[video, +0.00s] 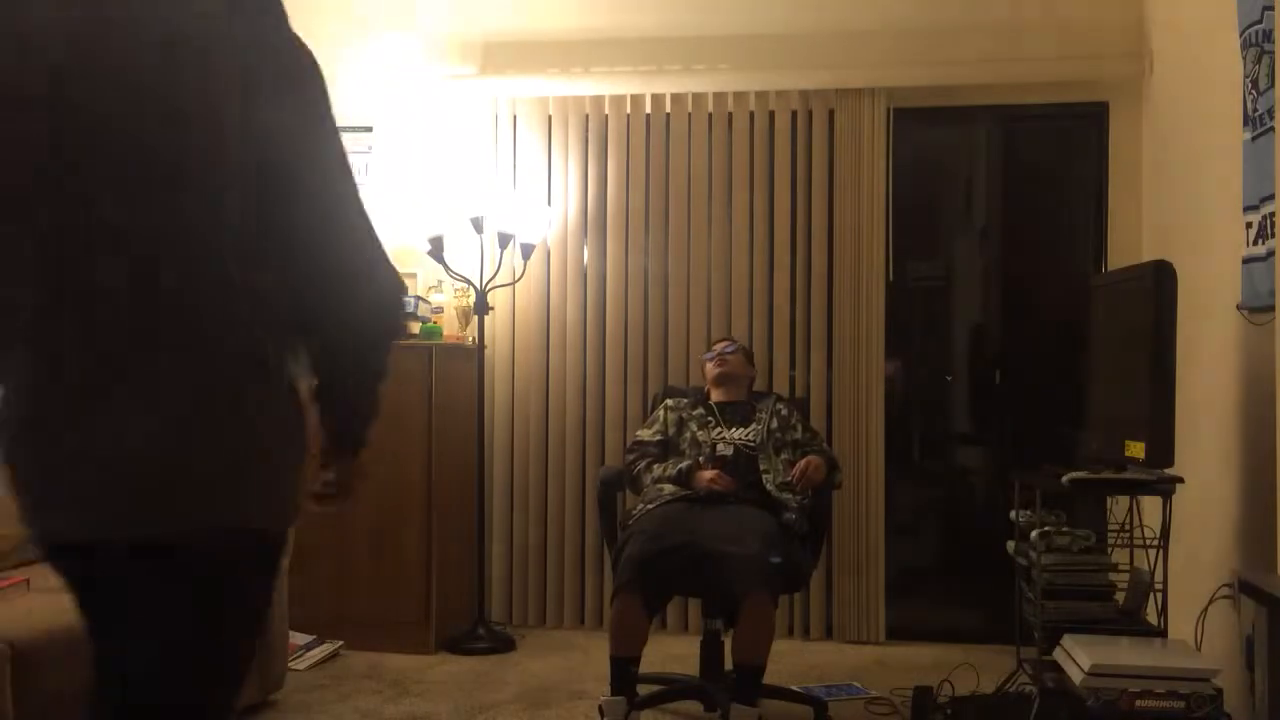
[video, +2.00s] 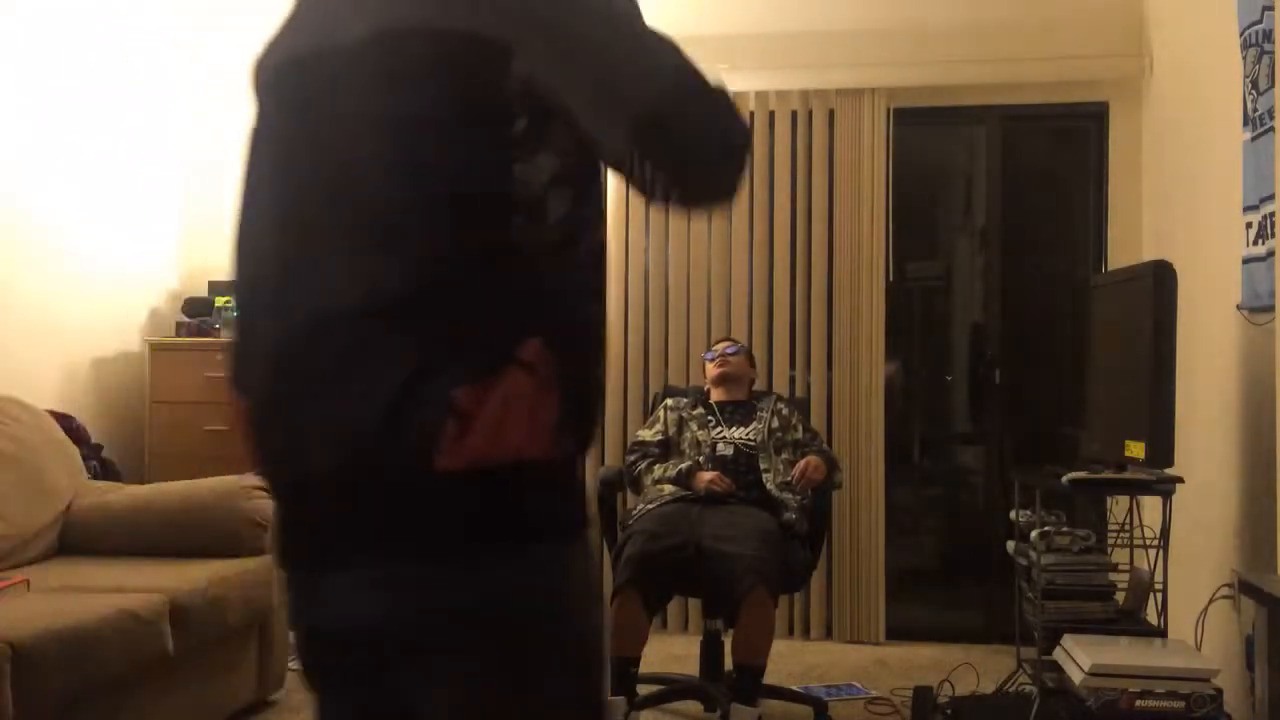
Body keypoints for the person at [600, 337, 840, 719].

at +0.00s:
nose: (719, 354)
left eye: (730, 349)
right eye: (711, 353)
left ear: (752, 370)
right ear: (703, 374)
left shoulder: (778, 412)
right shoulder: (673, 410)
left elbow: (825, 458)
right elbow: (639, 464)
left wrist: (820, 462)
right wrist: (689, 476)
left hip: (751, 508)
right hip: (675, 505)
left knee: (757, 574)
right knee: (638, 566)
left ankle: (746, 705)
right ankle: (621, 696)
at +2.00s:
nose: (720, 355)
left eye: (732, 350)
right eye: (712, 353)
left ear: (752, 370)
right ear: (704, 375)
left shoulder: (779, 411)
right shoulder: (674, 409)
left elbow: (823, 456)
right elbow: (639, 464)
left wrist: (821, 461)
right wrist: (689, 477)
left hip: (750, 506)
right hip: (673, 503)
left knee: (756, 577)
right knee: (638, 565)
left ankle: (745, 704)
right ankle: (620, 694)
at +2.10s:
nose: (722, 354)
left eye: (733, 349)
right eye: (714, 353)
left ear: (752, 370)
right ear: (704, 374)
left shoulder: (780, 411)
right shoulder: (674, 407)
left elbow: (826, 463)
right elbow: (643, 469)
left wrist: (819, 460)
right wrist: (690, 477)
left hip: (749, 508)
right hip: (675, 506)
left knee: (757, 580)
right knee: (634, 572)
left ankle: (745, 704)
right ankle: (637, 693)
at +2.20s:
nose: (722, 358)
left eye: (731, 352)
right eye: (715, 355)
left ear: (752, 369)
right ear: (708, 370)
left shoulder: (773, 407)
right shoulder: (694, 406)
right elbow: (667, 459)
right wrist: (694, 477)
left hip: (758, 511)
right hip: (695, 511)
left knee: (756, 584)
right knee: (681, 578)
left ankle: (746, 698)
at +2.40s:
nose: (742, 379)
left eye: (747, 371)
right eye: (734, 371)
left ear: (754, 374)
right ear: (720, 376)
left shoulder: (777, 412)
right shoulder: (706, 420)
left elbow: (825, 459)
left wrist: (819, 462)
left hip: (781, 532)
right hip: (725, 533)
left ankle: (752, 684)